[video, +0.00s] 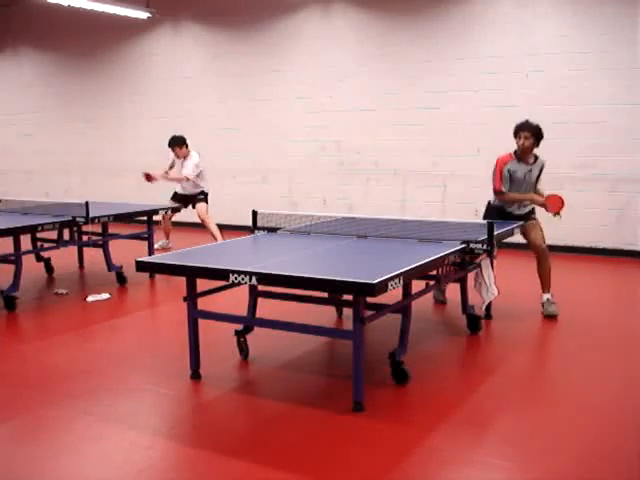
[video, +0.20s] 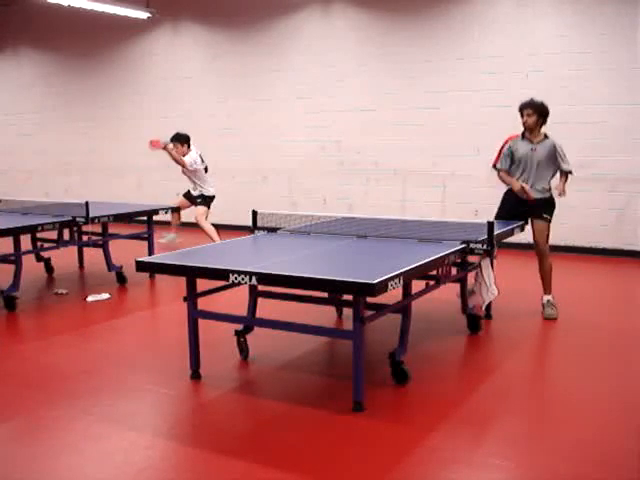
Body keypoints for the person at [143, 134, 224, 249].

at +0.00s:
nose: (174, 154)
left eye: (175, 151)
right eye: (173, 151)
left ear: (183, 147)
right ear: (174, 150)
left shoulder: (194, 159)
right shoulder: (177, 157)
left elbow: (186, 178)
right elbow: (168, 171)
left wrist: (167, 178)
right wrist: (155, 177)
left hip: (198, 192)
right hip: (182, 192)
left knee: (202, 216)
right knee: (165, 216)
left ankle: (221, 242)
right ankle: (166, 241)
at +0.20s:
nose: (175, 151)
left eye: (177, 148)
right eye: (174, 148)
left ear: (185, 146)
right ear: (184, 146)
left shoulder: (193, 158)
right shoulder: (188, 151)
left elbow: (182, 162)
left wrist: (169, 150)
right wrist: (164, 145)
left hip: (206, 193)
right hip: (195, 190)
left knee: (200, 218)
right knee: (175, 207)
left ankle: (218, 243)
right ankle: (173, 234)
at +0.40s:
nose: (182, 151)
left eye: (184, 148)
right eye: (181, 149)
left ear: (192, 147)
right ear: (182, 149)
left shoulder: (203, 158)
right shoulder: (188, 160)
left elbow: (205, 175)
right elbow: (182, 173)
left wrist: (186, 169)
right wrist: (169, 183)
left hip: (214, 189)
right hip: (200, 191)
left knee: (216, 212)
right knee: (183, 214)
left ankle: (234, 238)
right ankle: (187, 236)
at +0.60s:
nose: (203, 148)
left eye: (205, 144)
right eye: (202, 145)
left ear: (213, 144)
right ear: (202, 145)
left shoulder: (222, 157)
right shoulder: (203, 157)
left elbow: (226, 178)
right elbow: (198, 171)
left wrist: (206, 182)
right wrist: (198, 180)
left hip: (229, 188)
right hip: (213, 189)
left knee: (240, 208)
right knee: (197, 211)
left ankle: (255, 228)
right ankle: (193, 234)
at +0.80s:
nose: (232, 156)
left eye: (234, 153)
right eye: (230, 153)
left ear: (239, 153)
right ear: (227, 153)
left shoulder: (246, 164)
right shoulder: (222, 165)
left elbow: (252, 179)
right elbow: (211, 181)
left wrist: (255, 196)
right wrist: (224, 188)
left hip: (241, 194)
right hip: (224, 196)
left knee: (253, 211)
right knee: (209, 219)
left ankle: (262, 231)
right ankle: (204, 236)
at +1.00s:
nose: (256, 150)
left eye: (257, 147)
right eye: (253, 148)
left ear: (260, 146)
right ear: (247, 147)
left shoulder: (265, 154)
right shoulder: (241, 156)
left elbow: (278, 158)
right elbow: (228, 170)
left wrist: (272, 147)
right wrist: (238, 170)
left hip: (258, 190)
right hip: (241, 191)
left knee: (270, 210)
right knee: (223, 218)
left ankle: (273, 234)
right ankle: (214, 231)